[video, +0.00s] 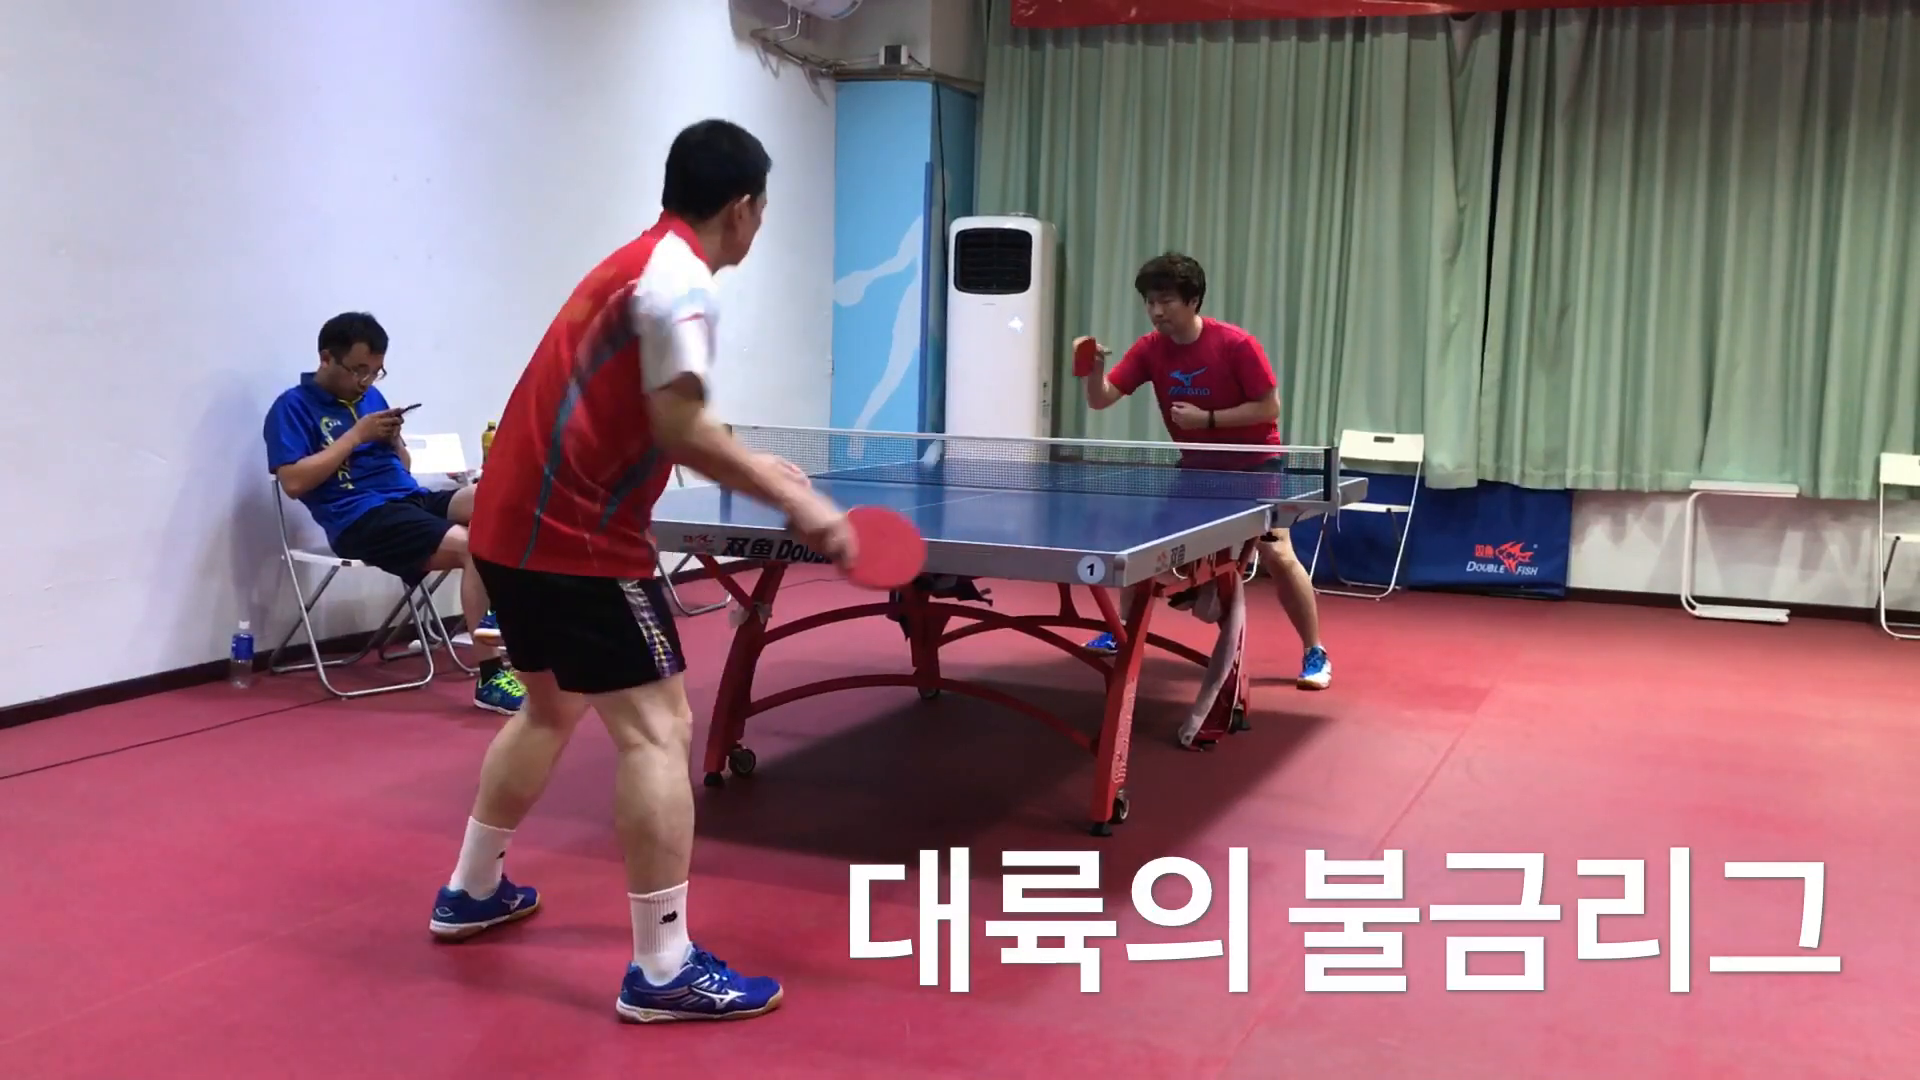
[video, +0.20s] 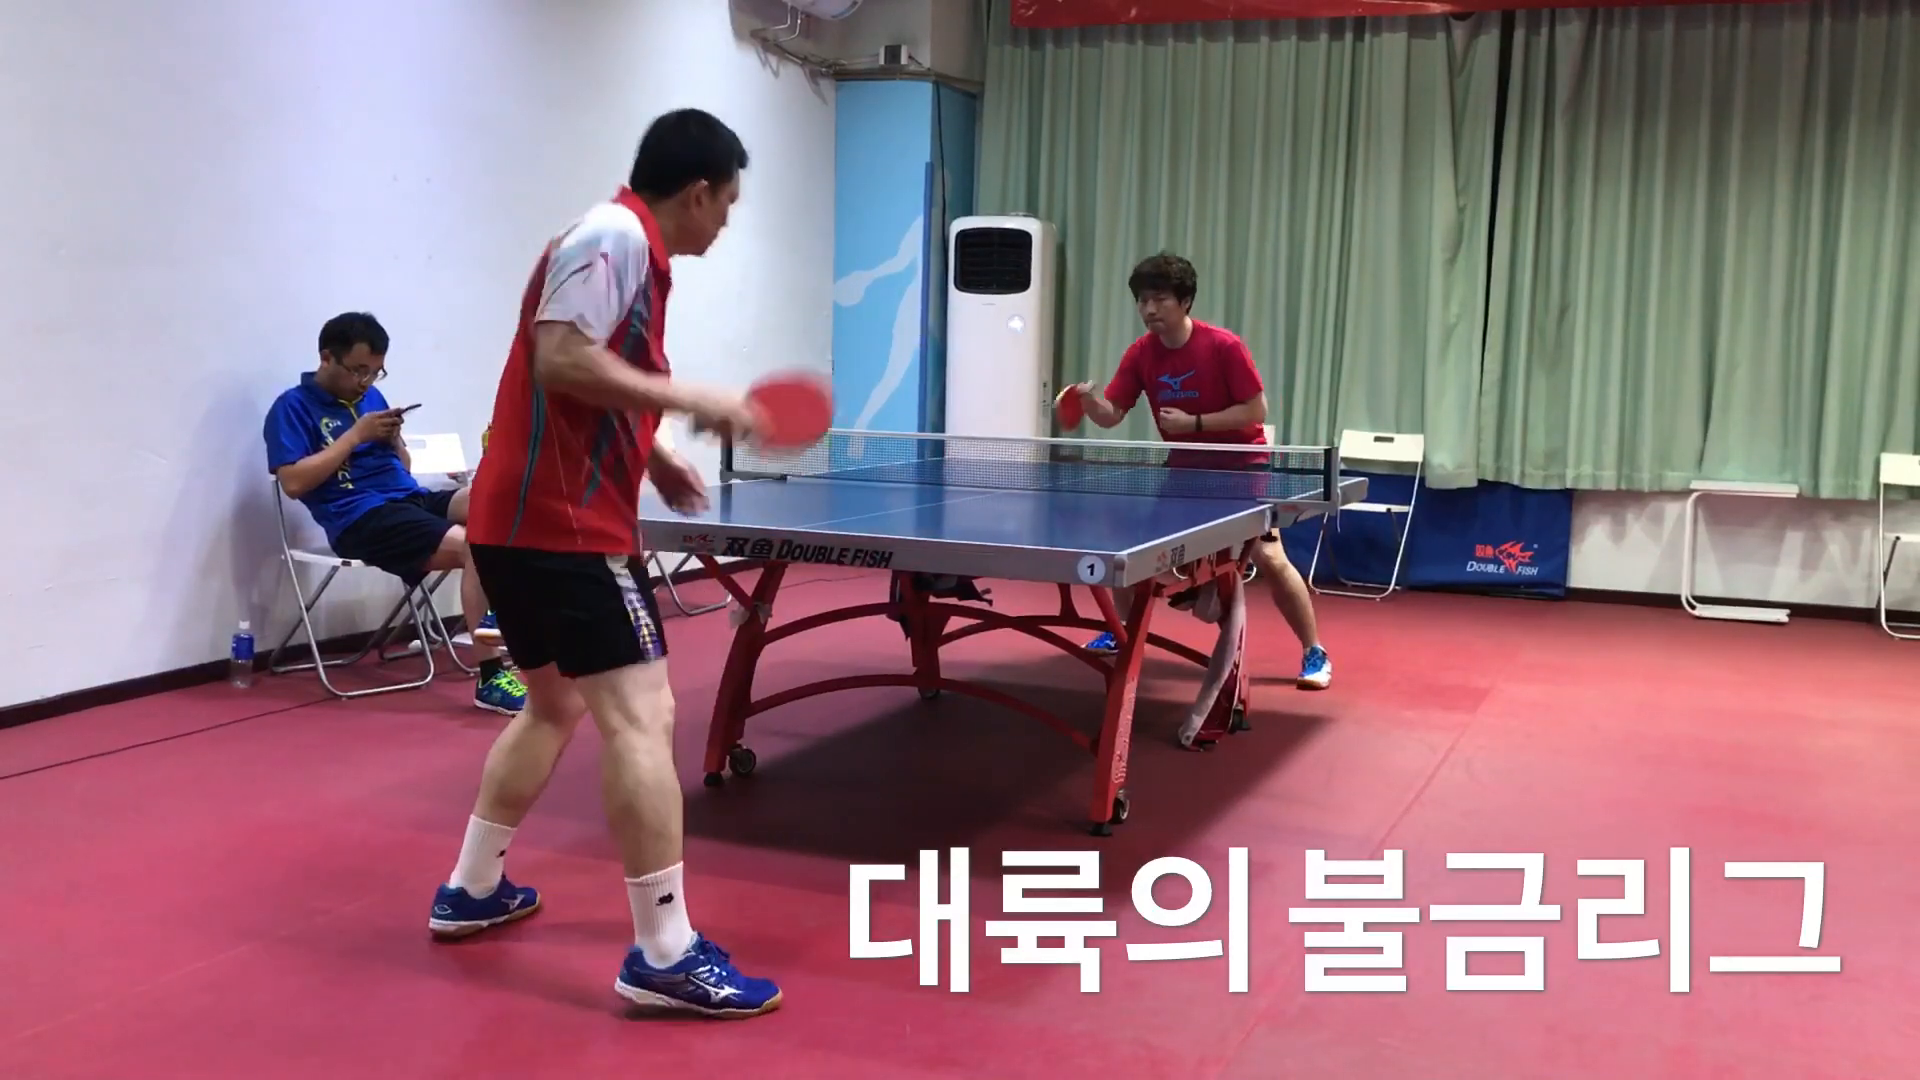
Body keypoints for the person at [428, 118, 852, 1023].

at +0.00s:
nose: (758, 224)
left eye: (759, 208)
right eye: (759, 207)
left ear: (680, 193)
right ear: (738, 206)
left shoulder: (639, 263)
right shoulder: (676, 278)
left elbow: (663, 420)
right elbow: (682, 430)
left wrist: (751, 464)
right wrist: (798, 504)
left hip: (512, 525)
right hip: (577, 536)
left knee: (550, 710)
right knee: (657, 729)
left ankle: (470, 889)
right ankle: (664, 966)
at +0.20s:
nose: (726, 221)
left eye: (730, 205)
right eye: (726, 202)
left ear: (668, 181)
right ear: (694, 190)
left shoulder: (631, 250)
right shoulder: (615, 235)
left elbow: (591, 384)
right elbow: (557, 358)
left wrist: (654, 456)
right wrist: (695, 402)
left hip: (526, 519)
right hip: (560, 522)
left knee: (552, 705)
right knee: (640, 714)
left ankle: (471, 887)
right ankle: (664, 952)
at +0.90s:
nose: (747, 215)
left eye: (747, 197)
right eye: (746, 197)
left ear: (666, 190)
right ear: (718, 198)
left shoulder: (629, 257)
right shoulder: (652, 269)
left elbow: (629, 422)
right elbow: (625, 422)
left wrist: (732, 499)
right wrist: (737, 506)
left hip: (499, 530)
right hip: (555, 542)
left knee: (525, 708)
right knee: (641, 733)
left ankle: (439, 885)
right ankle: (635, 970)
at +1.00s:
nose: (732, 219)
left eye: (734, 203)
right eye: (730, 201)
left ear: (663, 192)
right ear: (693, 198)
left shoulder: (621, 261)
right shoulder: (622, 265)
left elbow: (613, 410)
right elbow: (594, 406)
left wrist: (688, 475)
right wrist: (714, 456)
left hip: (501, 531)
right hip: (550, 539)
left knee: (530, 709)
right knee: (639, 728)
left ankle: (437, 887)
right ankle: (634, 968)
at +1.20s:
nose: (690, 192)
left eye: (691, 176)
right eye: (688, 175)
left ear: (603, 170)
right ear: (659, 173)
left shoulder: (544, 244)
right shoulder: (633, 254)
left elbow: (552, 401)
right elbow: (740, 375)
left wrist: (666, 439)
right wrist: (794, 305)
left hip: (472, 522)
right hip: (561, 528)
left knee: (499, 701)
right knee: (647, 719)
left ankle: (434, 889)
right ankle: (636, 962)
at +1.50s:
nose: (693, 182)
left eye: (692, 168)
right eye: (691, 168)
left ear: (596, 169)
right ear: (674, 173)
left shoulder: (532, 258)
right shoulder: (676, 269)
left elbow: (521, 405)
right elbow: (757, 412)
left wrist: (648, 456)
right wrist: (804, 381)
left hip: (503, 535)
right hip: (606, 546)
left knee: (507, 694)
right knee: (679, 736)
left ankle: (445, 878)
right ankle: (639, 973)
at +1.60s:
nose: (716, 185)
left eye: (713, 169)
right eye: (716, 169)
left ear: (627, 162)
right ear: (697, 171)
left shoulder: (570, 242)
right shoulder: (667, 258)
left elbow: (587, 391)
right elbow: (724, 412)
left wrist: (689, 453)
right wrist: (805, 445)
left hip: (491, 520)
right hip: (579, 536)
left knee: (510, 700)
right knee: (642, 731)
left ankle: (442, 883)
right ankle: (636, 972)